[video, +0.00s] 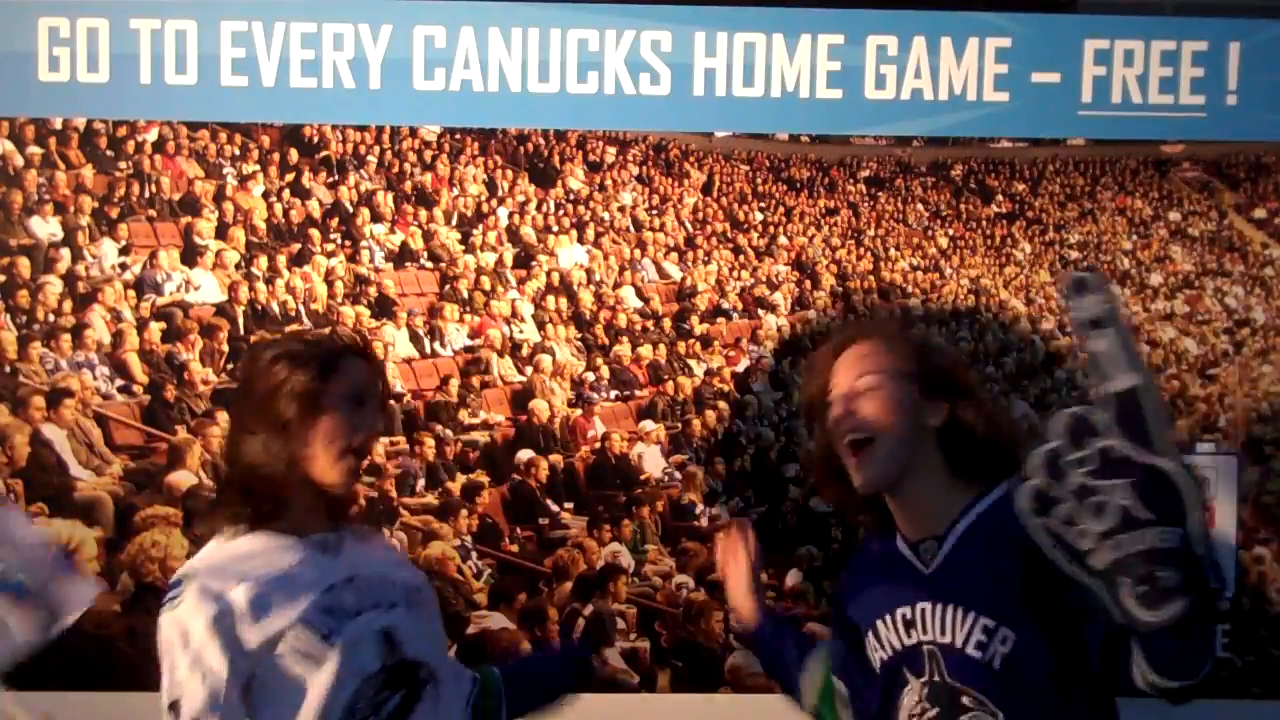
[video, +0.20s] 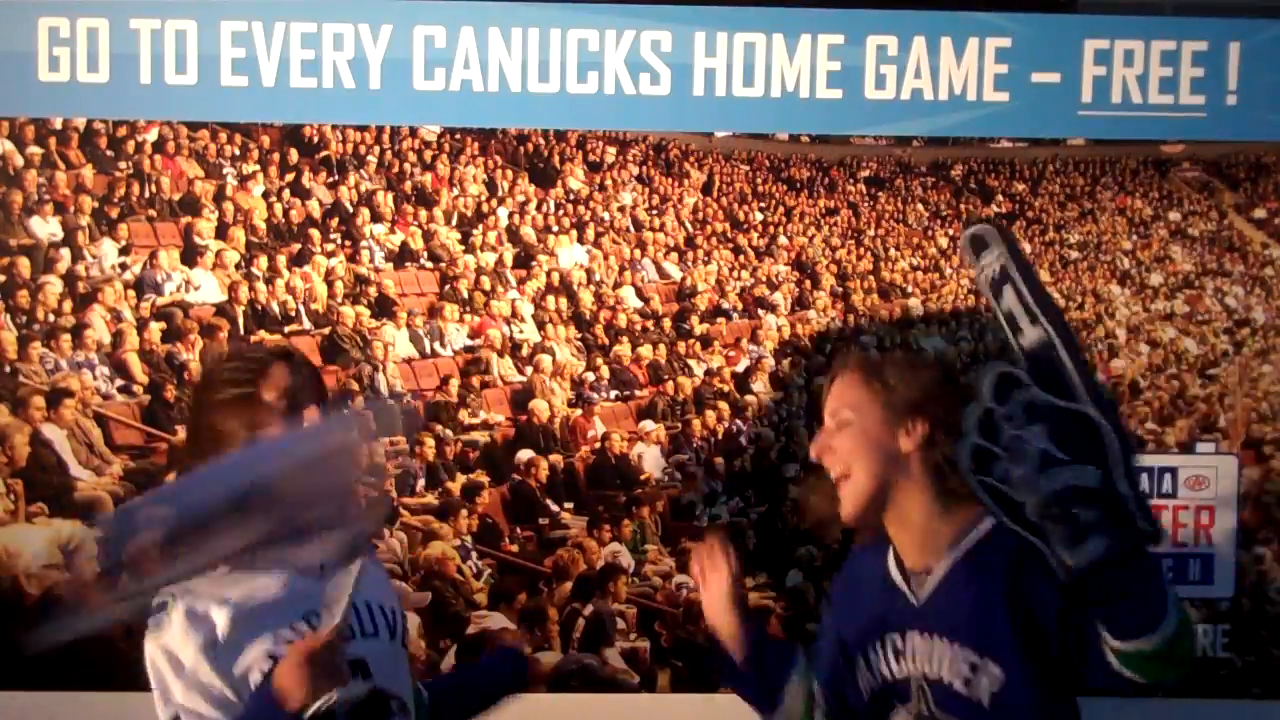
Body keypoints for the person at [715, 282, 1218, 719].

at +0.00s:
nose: (839, 412)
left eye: (866, 387)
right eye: (830, 403)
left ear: (935, 407)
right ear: (830, 436)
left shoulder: (1041, 529)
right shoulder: (868, 573)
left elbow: (1166, 679)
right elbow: (865, 701)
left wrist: (1163, 584)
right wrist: (758, 626)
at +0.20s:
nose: (818, 451)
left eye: (839, 424)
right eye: (823, 427)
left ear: (911, 433)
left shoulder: (1024, 566)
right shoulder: (859, 576)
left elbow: (1154, 674)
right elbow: (825, 707)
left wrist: (1103, 546)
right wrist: (737, 635)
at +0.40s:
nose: (830, 447)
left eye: (846, 416)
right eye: (835, 420)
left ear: (911, 413)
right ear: (909, 413)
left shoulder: (1011, 565)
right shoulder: (857, 557)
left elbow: (1086, 699)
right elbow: (838, 694)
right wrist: (736, 601)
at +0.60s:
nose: (850, 472)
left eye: (866, 440)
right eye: (849, 450)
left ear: (937, 434)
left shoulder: (1042, 590)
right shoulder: (867, 557)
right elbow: (766, 644)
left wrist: (1087, 632)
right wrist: (765, 498)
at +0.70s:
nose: (850, 436)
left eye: (867, 408)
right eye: (847, 413)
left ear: (939, 404)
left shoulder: (1026, 568)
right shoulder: (855, 529)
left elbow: (1078, 716)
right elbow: (729, 555)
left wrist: (1127, 653)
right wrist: (794, 416)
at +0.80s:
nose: (840, 432)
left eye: (868, 404)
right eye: (843, 409)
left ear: (939, 415)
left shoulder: (1024, 558)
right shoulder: (847, 529)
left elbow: (1066, 709)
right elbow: (720, 538)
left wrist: (1110, 635)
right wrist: (799, 407)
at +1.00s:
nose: (844, 443)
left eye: (864, 417)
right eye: (832, 429)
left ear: (925, 416)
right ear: (820, 446)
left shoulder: (1027, 548)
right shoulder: (839, 548)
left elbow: (1080, 709)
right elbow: (718, 610)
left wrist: (1087, 566)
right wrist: (783, 457)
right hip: (869, 710)